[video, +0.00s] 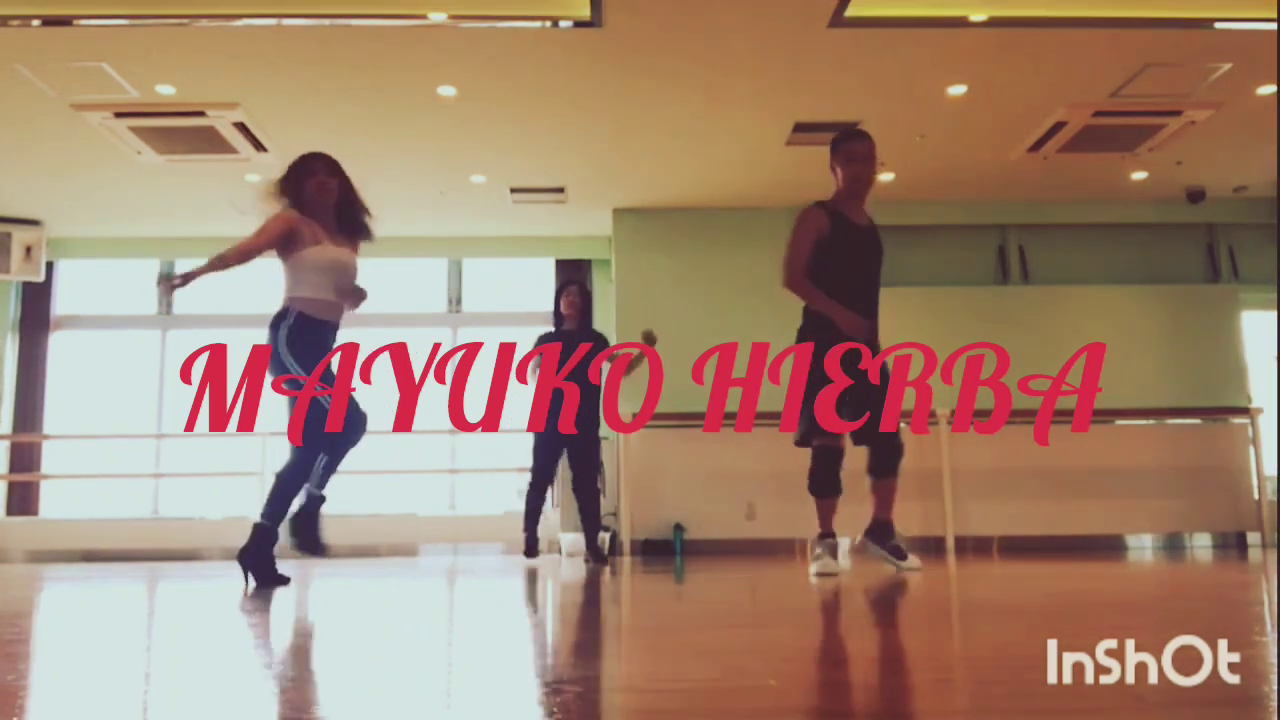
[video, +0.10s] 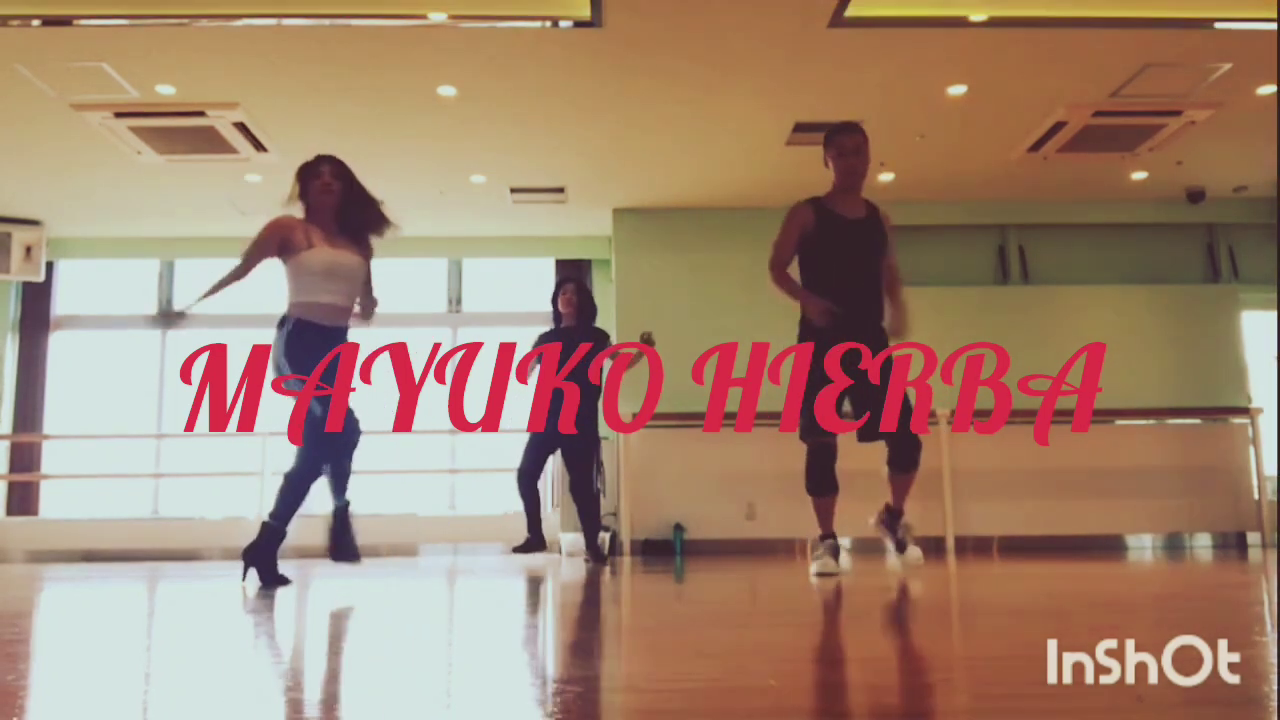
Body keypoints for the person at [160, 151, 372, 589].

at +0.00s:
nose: (323, 184)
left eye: (329, 177)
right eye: (313, 179)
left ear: (342, 186)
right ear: (297, 189)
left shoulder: (346, 233)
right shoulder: (292, 222)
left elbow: (332, 281)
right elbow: (246, 250)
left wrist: (352, 295)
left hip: (320, 342)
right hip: (293, 336)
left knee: (309, 448)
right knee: (349, 421)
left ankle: (260, 543)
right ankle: (308, 512)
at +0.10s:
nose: (327, 185)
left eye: (335, 179)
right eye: (318, 179)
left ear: (346, 190)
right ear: (303, 189)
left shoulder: (357, 242)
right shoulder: (288, 229)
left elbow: (366, 297)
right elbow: (241, 271)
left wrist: (366, 308)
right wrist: (188, 306)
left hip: (335, 347)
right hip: (299, 342)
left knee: (315, 451)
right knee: (346, 431)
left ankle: (266, 543)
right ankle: (341, 516)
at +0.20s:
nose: (331, 185)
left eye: (338, 180)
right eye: (322, 180)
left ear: (350, 193)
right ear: (307, 192)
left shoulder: (366, 244)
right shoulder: (291, 237)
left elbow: (381, 292)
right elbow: (267, 281)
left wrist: (383, 318)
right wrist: (248, 311)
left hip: (350, 347)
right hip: (309, 345)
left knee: (328, 450)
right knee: (337, 448)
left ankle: (272, 541)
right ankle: (345, 543)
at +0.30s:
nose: (333, 188)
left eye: (342, 182)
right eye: (325, 182)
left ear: (356, 195)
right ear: (313, 194)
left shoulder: (376, 247)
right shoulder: (298, 245)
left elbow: (389, 306)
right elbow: (284, 304)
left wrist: (397, 337)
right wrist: (270, 345)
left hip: (361, 353)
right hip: (317, 352)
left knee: (356, 460)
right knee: (336, 450)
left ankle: (305, 535)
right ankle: (346, 545)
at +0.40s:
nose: (340, 190)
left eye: (348, 185)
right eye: (331, 184)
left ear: (361, 196)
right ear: (319, 196)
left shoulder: (382, 250)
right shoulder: (302, 248)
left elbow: (393, 308)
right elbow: (290, 311)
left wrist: (409, 323)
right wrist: (281, 320)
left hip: (371, 354)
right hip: (325, 355)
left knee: (377, 454)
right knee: (337, 451)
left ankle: (360, 536)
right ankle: (346, 545)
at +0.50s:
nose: (342, 179)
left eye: (351, 173)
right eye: (334, 172)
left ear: (363, 181)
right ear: (323, 181)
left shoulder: (379, 226)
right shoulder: (309, 228)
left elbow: (409, 276)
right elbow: (286, 278)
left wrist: (395, 239)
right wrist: (286, 233)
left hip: (375, 336)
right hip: (329, 338)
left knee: (377, 445)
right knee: (337, 443)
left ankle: (374, 542)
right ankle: (343, 542)